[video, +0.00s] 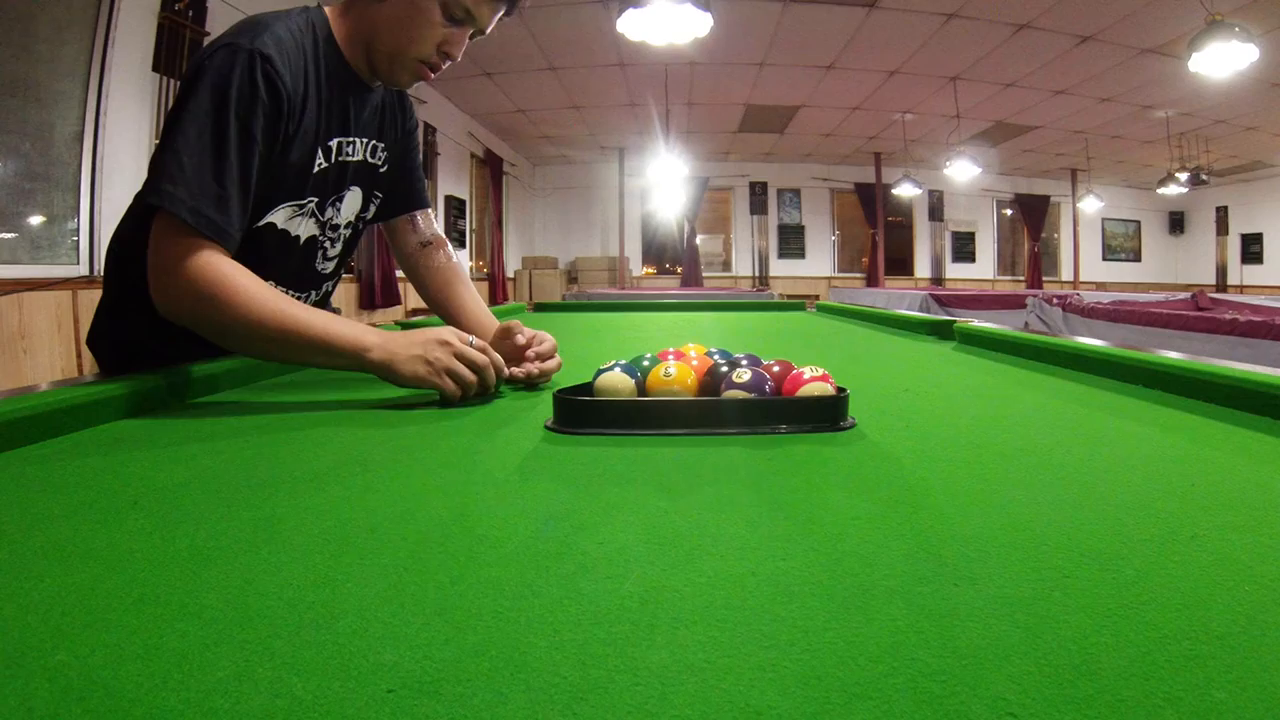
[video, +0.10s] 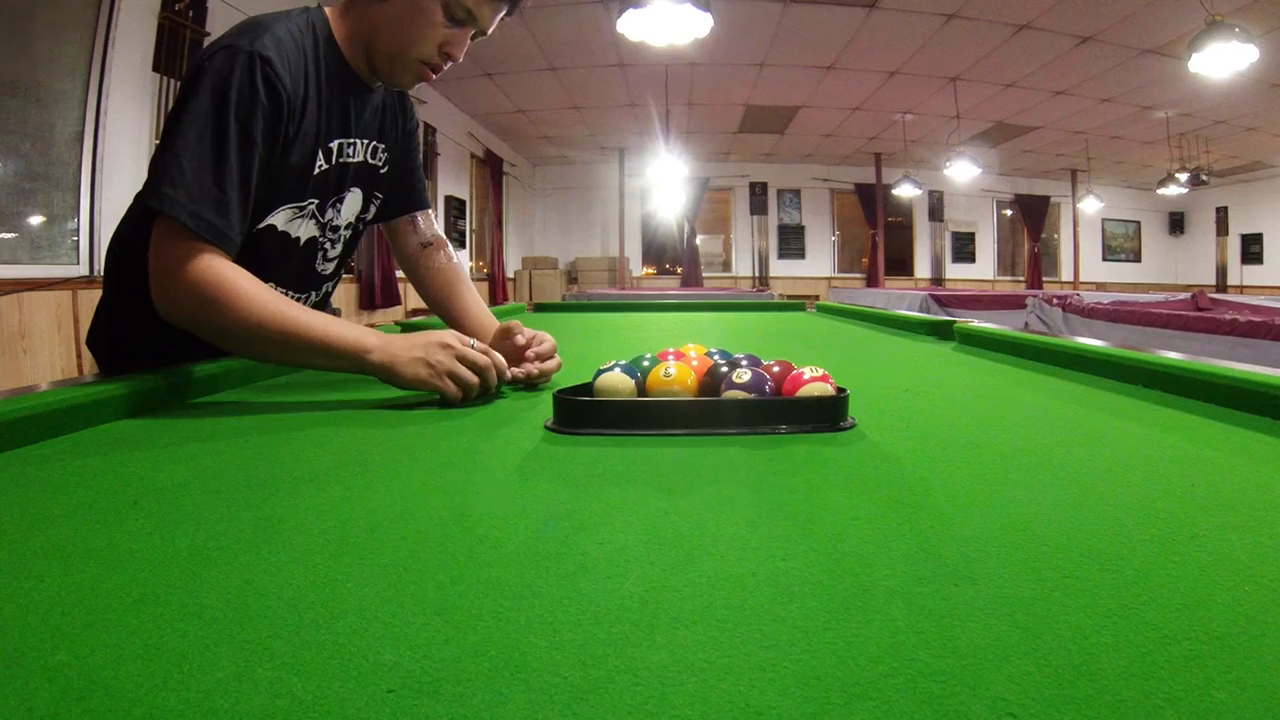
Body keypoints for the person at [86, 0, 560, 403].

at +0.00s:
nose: (457, 51)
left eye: (473, 37)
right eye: (454, 18)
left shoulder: (389, 105)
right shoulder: (258, 59)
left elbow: (421, 240)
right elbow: (180, 271)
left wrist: (491, 331)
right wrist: (384, 347)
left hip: (275, 366)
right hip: (164, 369)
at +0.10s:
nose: (459, 52)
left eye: (474, 37)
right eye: (456, 19)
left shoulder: (389, 105)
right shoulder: (258, 61)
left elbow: (422, 242)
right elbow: (182, 275)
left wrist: (491, 332)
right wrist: (383, 349)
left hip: (275, 367)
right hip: (163, 368)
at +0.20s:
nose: (458, 56)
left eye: (474, 41)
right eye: (456, 22)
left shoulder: (388, 101)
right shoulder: (257, 65)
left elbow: (420, 241)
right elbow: (182, 279)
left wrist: (489, 332)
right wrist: (383, 351)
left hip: (273, 366)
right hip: (162, 368)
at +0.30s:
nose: (460, 58)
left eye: (476, 42)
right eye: (456, 23)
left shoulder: (390, 102)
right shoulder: (255, 66)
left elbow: (420, 240)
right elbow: (180, 281)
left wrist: (489, 332)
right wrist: (380, 353)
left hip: (276, 370)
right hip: (162, 371)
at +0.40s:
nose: (460, 54)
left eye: (476, 38)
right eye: (456, 19)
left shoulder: (389, 101)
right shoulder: (255, 68)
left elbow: (419, 240)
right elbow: (178, 285)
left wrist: (491, 334)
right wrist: (385, 350)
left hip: (273, 369)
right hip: (161, 372)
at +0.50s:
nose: (459, 51)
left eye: (476, 37)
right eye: (456, 17)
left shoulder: (388, 101)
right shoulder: (257, 67)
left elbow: (421, 243)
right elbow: (193, 292)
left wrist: (492, 332)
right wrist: (412, 326)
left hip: (272, 366)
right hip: (159, 371)